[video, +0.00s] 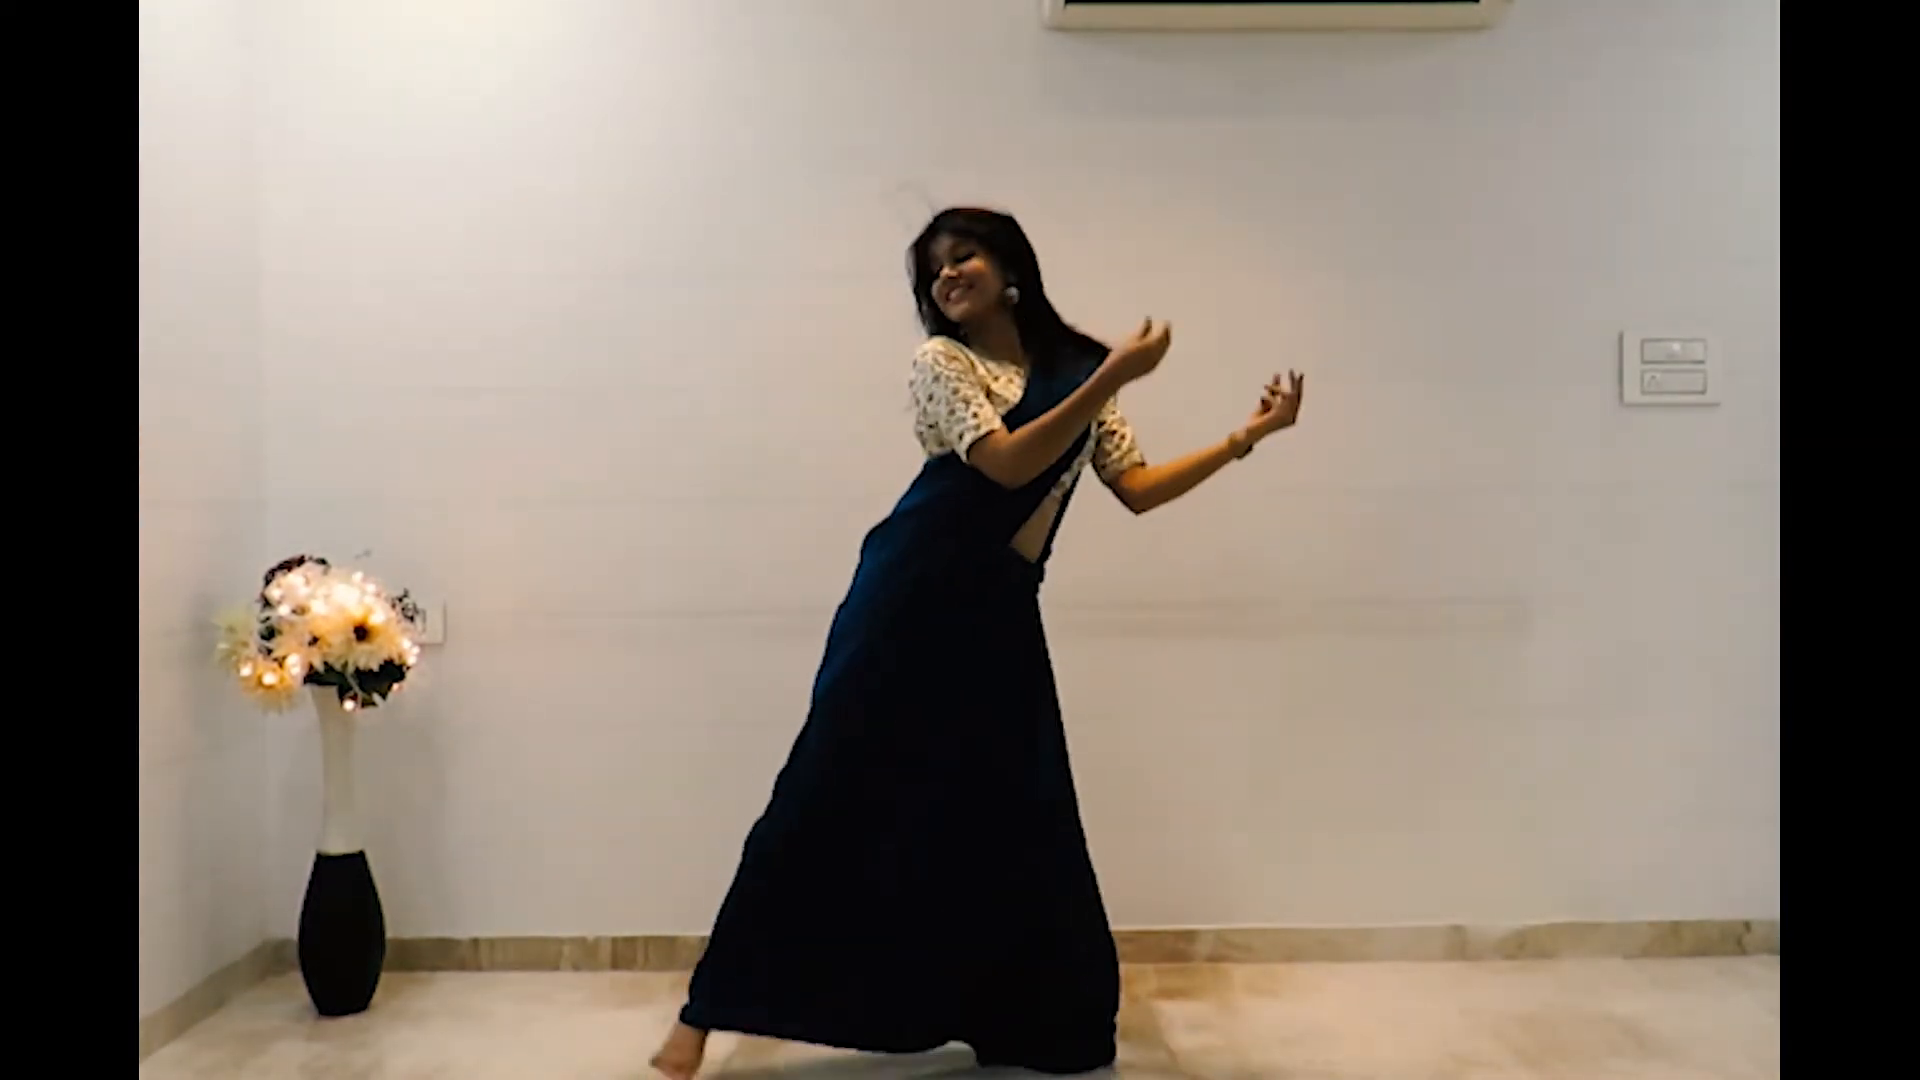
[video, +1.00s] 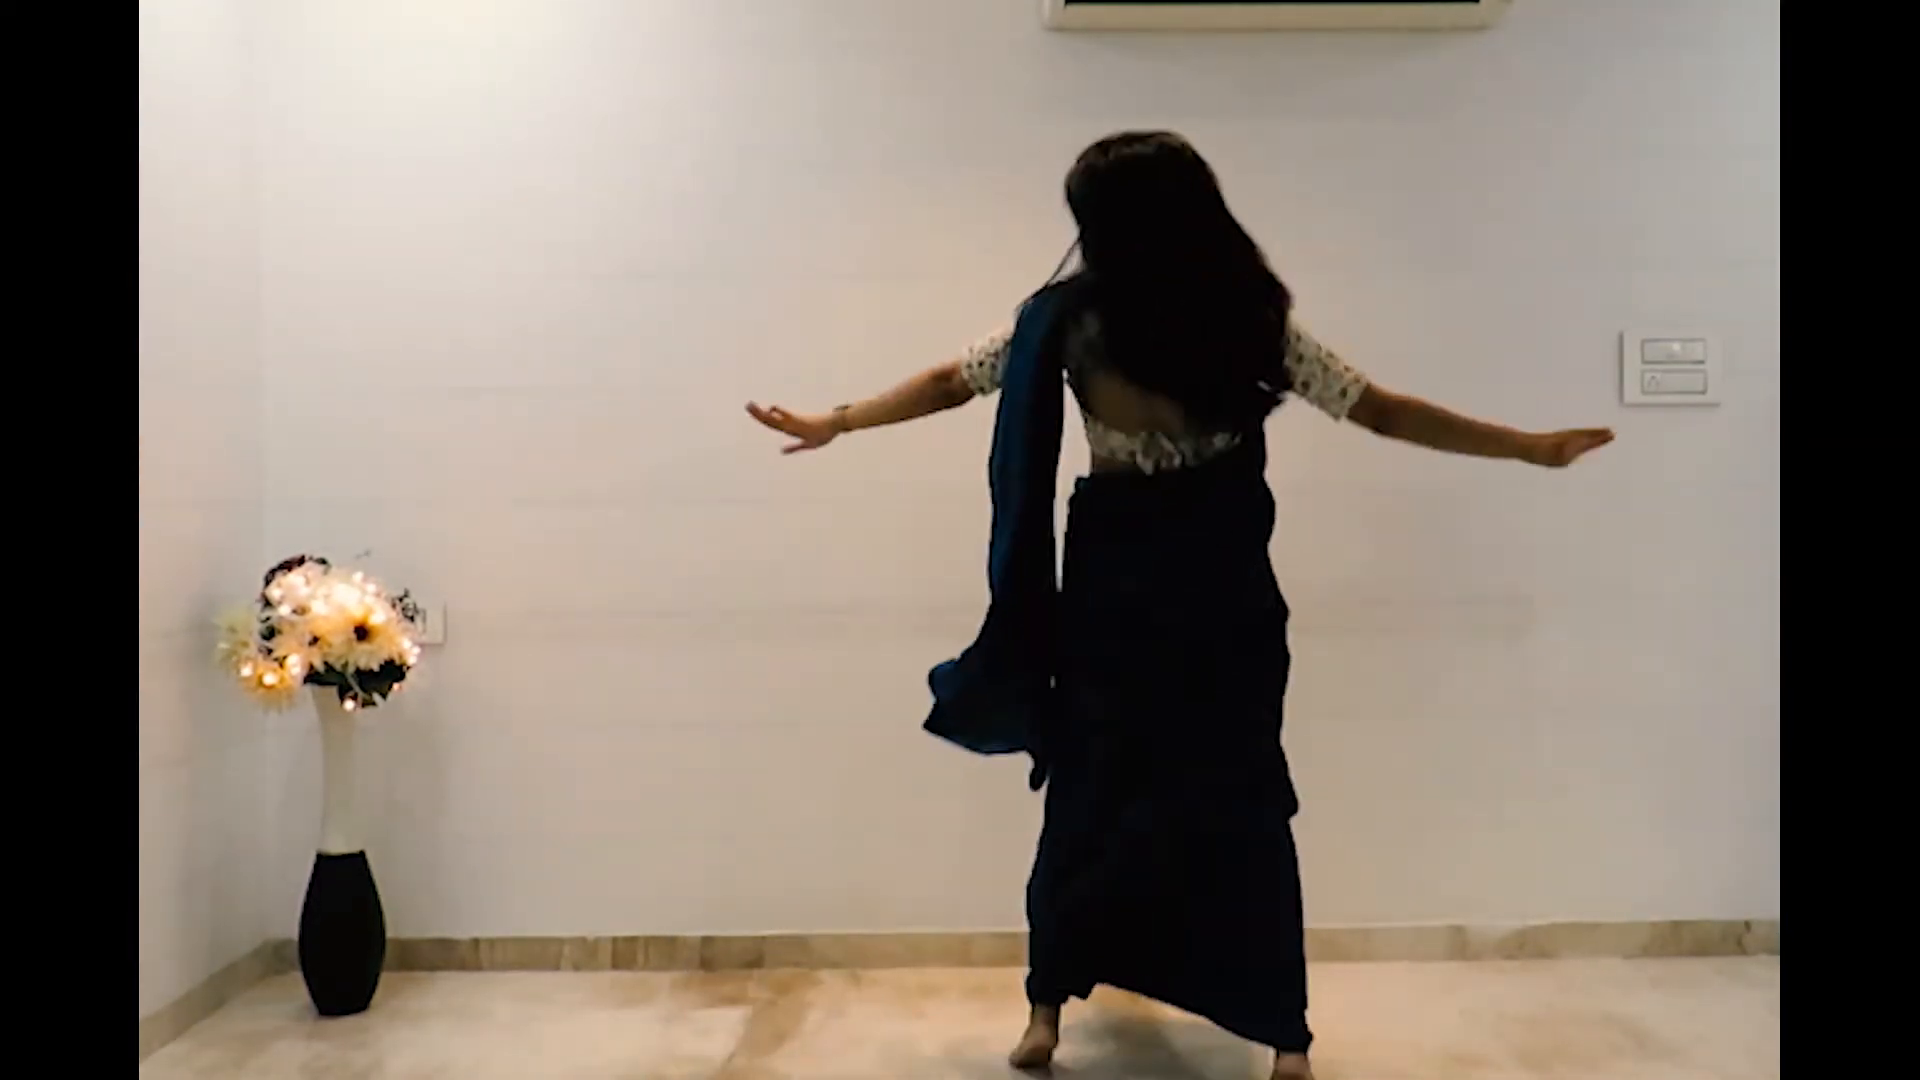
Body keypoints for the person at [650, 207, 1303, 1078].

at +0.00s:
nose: (948, 273)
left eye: (964, 256)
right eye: (935, 269)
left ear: (1012, 268)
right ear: (932, 294)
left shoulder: (1080, 372)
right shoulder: (940, 363)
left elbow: (1138, 488)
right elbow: (1006, 460)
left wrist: (1242, 438)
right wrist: (1112, 374)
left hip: (999, 613)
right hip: (905, 599)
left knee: (1021, 809)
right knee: (819, 797)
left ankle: (1021, 1026)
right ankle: (698, 1014)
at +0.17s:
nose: (952, 267)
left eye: (965, 249)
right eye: (939, 263)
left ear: (1013, 252)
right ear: (936, 285)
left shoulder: (1077, 359)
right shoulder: (943, 352)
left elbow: (1124, 489)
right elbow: (1006, 455)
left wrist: (1235, 463)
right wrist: (1122, 389)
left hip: (1003, 606)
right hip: (912, 593)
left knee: (1018, 806)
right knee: (840, 785)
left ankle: (1019, 1020)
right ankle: (719, 990)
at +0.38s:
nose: (1038, 278)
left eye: (1047, 270)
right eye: (1015, 266)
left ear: (1056, 304)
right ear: (972, 299)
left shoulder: (1047, 399)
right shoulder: (966, 391)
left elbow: (1097, 517)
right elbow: (1047, 497)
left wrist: (1156, 435)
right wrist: (1079, 379)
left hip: (1033, 633)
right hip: (962, 630)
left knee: (1086, 831)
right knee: (912, 822)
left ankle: (1066, 1023)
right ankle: (767, 1014)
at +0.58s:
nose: (1102, 229)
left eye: (1088, 218)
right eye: (1086, 226)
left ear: (1041, 276)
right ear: (1069, 257)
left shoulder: (1039, 346)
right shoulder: (1089, 341)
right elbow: (1194, 416)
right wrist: (1214, 339)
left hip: (1026, 612)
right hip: (1066, 623)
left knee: (1042, 801)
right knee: (1142, 803)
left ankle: (1014, 998)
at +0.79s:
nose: (1156, 293)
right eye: (1153, 278)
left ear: (1061, 291)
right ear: (1156, 285)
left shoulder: (1050, 386)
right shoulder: (1198, 380)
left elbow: (971, 479)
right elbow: (1295, 484)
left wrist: (1035, 404)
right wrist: (1385, 416)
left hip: (1075, 639)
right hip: (1176, 641)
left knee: (1087, 820)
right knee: (1226, 826)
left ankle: (1024, 1013)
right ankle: (1234, 1032)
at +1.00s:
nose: (1081, 244)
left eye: (1086, 229)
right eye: (1084, 228)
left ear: (1105, 233)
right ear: (1199, 220)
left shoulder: (1070, 319)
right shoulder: (1245, 321)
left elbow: (955, 380)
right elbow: (1376, 409)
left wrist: (839, 420)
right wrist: (1522, 444)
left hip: (1109, 574)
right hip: (1226, 577)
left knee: (1085, 785)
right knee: (1248, 793)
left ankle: (1044, 1012)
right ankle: (1289, 1035)